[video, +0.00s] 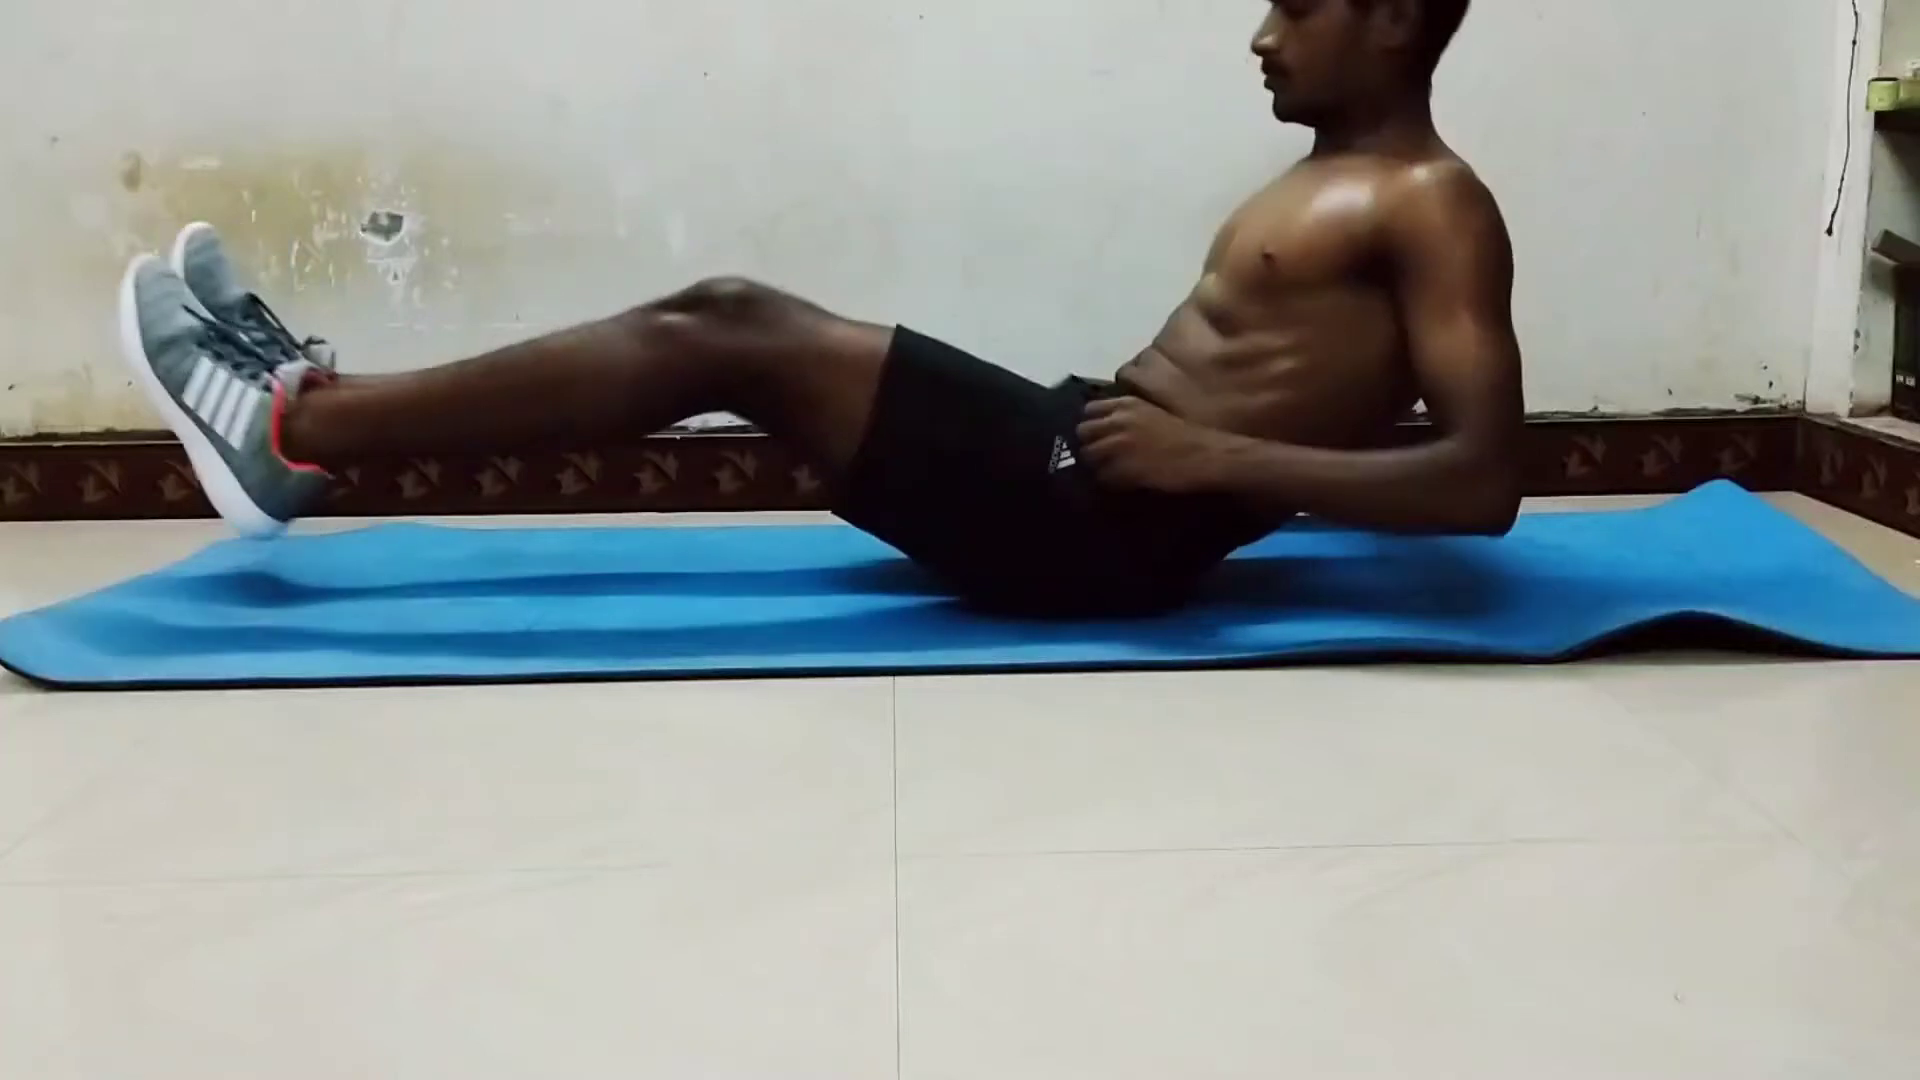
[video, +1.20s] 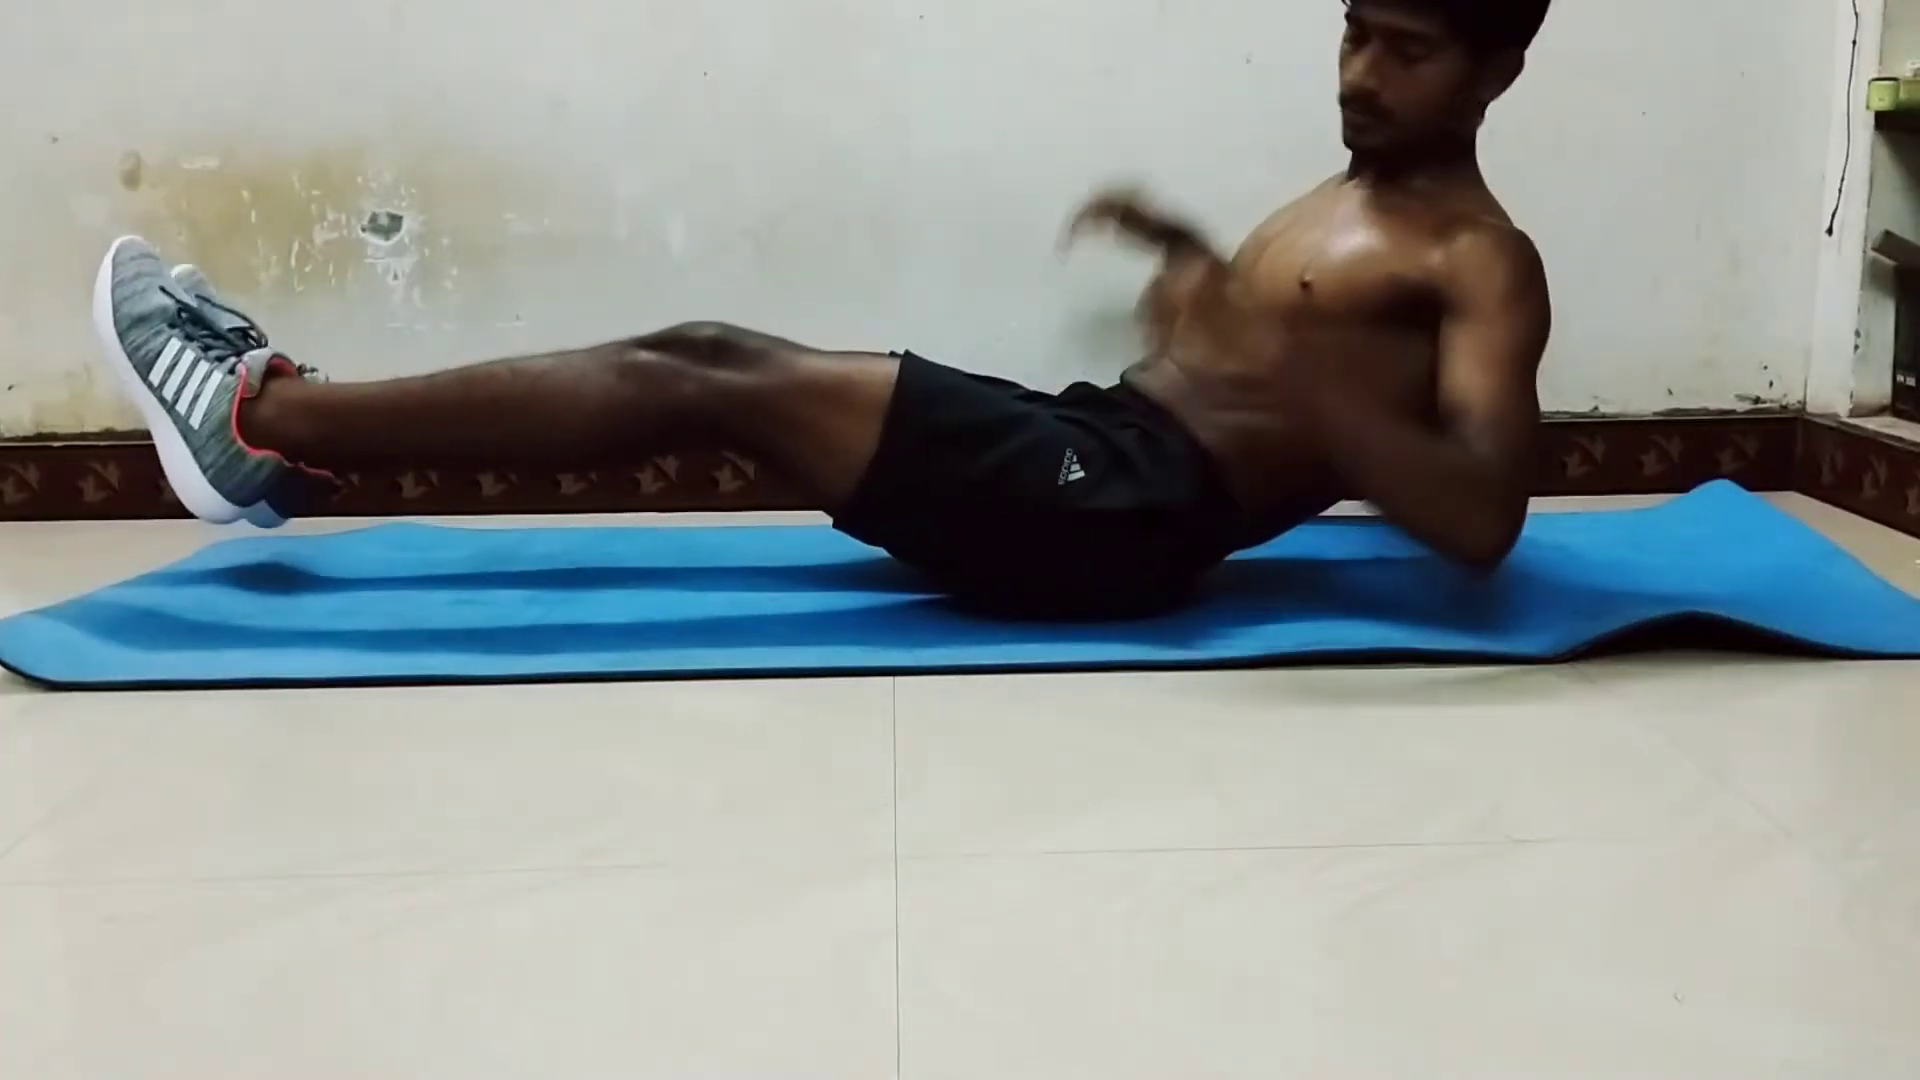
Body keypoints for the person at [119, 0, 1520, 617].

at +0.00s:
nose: (1266, 39)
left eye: (1294, 13)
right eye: (1274, 15)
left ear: (1393, 28)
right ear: (1366, 33)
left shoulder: (1432, 199)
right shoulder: (1330, 179)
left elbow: (1488, 477)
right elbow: (1344, 417)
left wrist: (1231, 461)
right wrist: (1148, 420)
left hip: (1114, 512)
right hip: (1074, 462)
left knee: (719, 329)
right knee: (715, 319)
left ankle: (295, 430)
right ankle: (323, 426)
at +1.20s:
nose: (1363, 68)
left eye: (1409, 47)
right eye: (1360, 35)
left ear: (1498, 70)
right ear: (1352, 40)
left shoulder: (1484, 264)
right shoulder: (1338, 198)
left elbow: (1483, 522)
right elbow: (1255, 385)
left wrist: (1293, 367)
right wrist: (1182, 269)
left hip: (1126, 503)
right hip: (1083, 456)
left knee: (707, 375)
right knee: (703, 360)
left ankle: (265, 414)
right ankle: (292, 453)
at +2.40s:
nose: (1263, 23)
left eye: (1281, 12)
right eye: (1284, 13)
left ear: (1360, 21)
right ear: (1398, 35)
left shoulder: (1358, 114)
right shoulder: (1409, 142)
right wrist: (1418, 58)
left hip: (1114, 510)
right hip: (1126, 434)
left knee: (695, 462)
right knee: (1069, 111)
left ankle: (236, 494)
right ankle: (705, 279)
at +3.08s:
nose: (1273, 73)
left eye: (1305, 53)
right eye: (1266, 54)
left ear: (1401, 58)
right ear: (1276, 67)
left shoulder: (1473, 179)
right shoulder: (1248, 127)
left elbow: (1680, 22)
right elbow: (1055, 54)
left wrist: (1494, 25)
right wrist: (1202, 30)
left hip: (1154, 503)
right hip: (1063, 452)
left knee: (1057, 112)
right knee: (718, 371)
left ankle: (660, 171)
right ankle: (344, 404)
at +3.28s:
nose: (1285, 82)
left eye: (1318, 64)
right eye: (1276, 56)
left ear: (1412, 63)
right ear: (1272, 54)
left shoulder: (1477, 174)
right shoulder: (1240, 103)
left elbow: (1729, 29)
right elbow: (1064, 47)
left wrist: (1563, 12)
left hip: (1159, 513)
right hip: (1074, 449)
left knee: (1074, 105)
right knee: (707, 378)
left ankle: (672, 111)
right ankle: (336, 428)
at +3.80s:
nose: (1227, 71)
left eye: (1250, 44)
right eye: (1234, 44)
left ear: (1358, 50)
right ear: (1338, 53)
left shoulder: (1405, 176)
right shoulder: (1336, 178)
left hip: (1143, 502)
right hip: (1100, 429)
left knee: (753, 308)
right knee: (934, 136)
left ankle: (297, 274)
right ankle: (597, 286)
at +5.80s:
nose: (1243, 64)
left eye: (1265, 37)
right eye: (1272, 38)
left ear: (1333, 46)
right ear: (1340, 52)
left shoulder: (1353, 154)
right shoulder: (1330, 165)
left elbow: (1121, 13)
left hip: (1116, 507)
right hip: (1105, 426)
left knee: (730, 360)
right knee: (1053, 115)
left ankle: (278, 327)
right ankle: (680, 196)